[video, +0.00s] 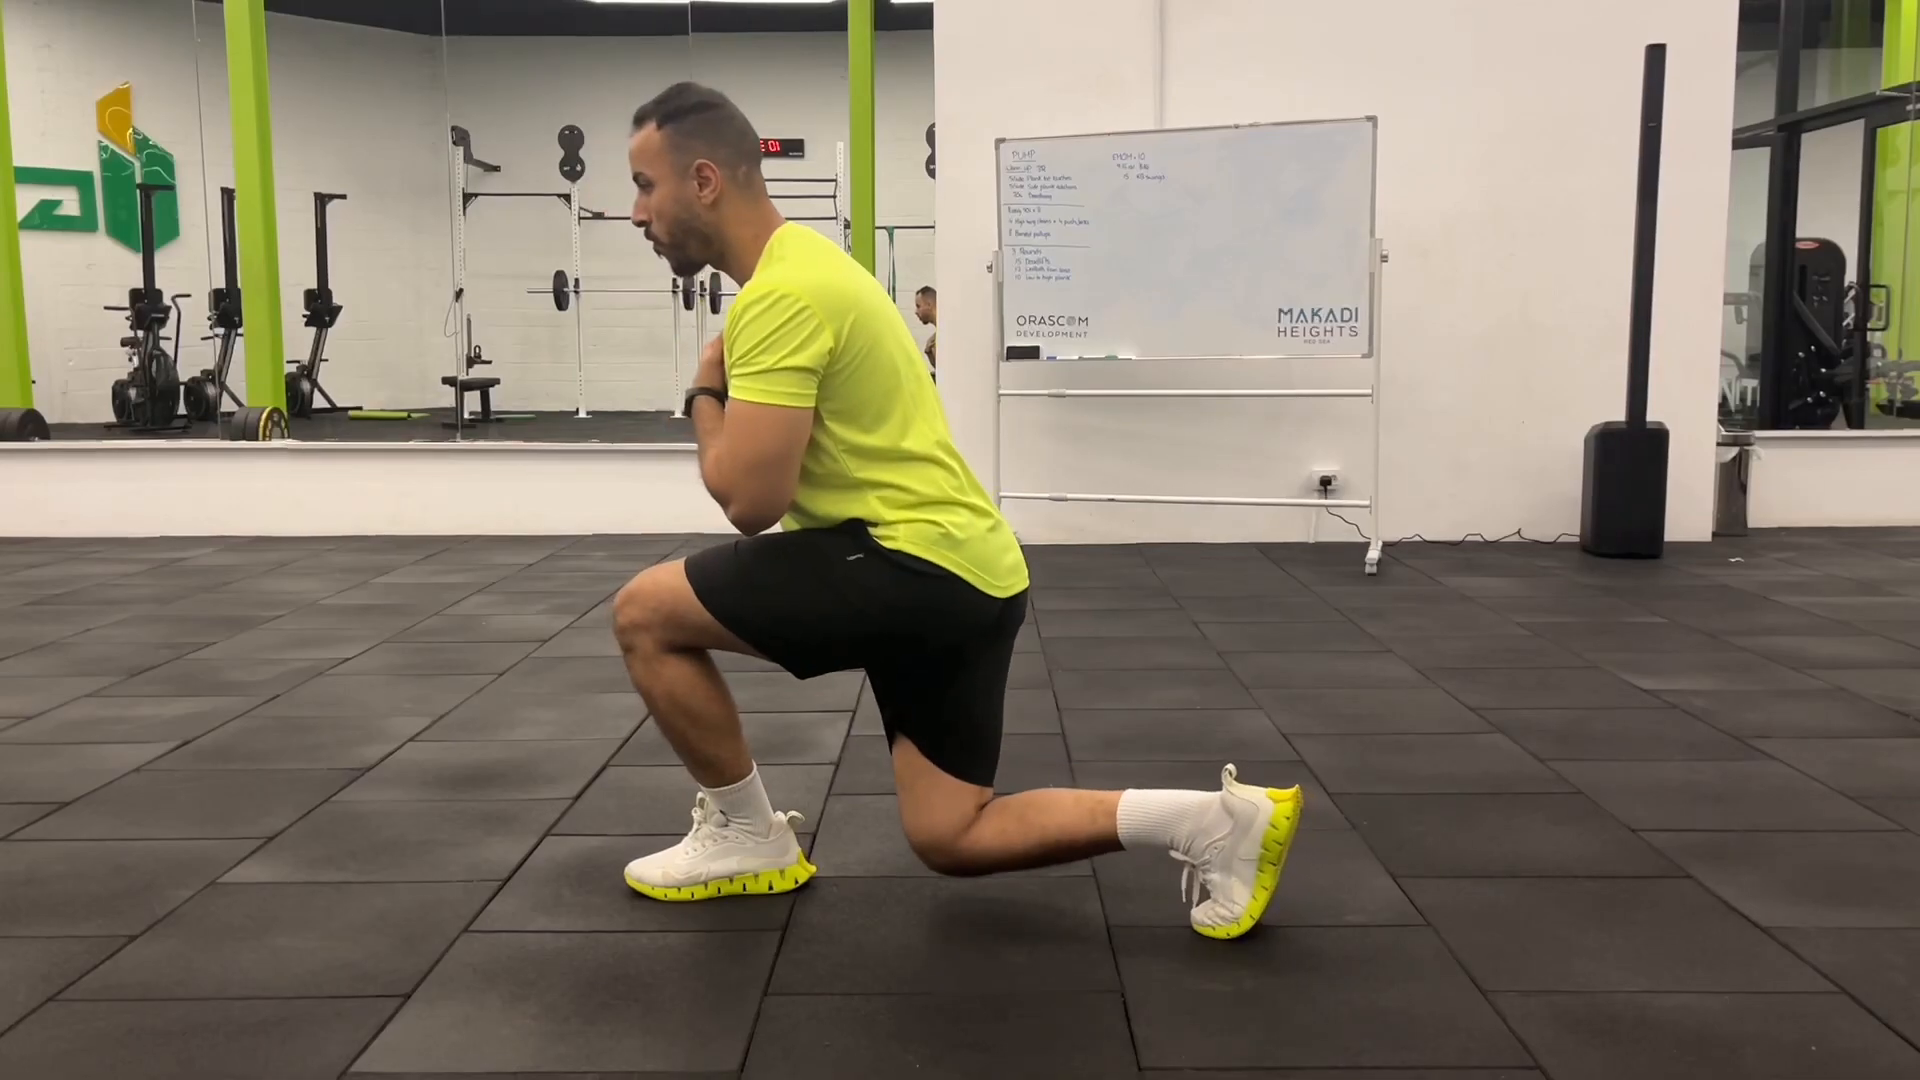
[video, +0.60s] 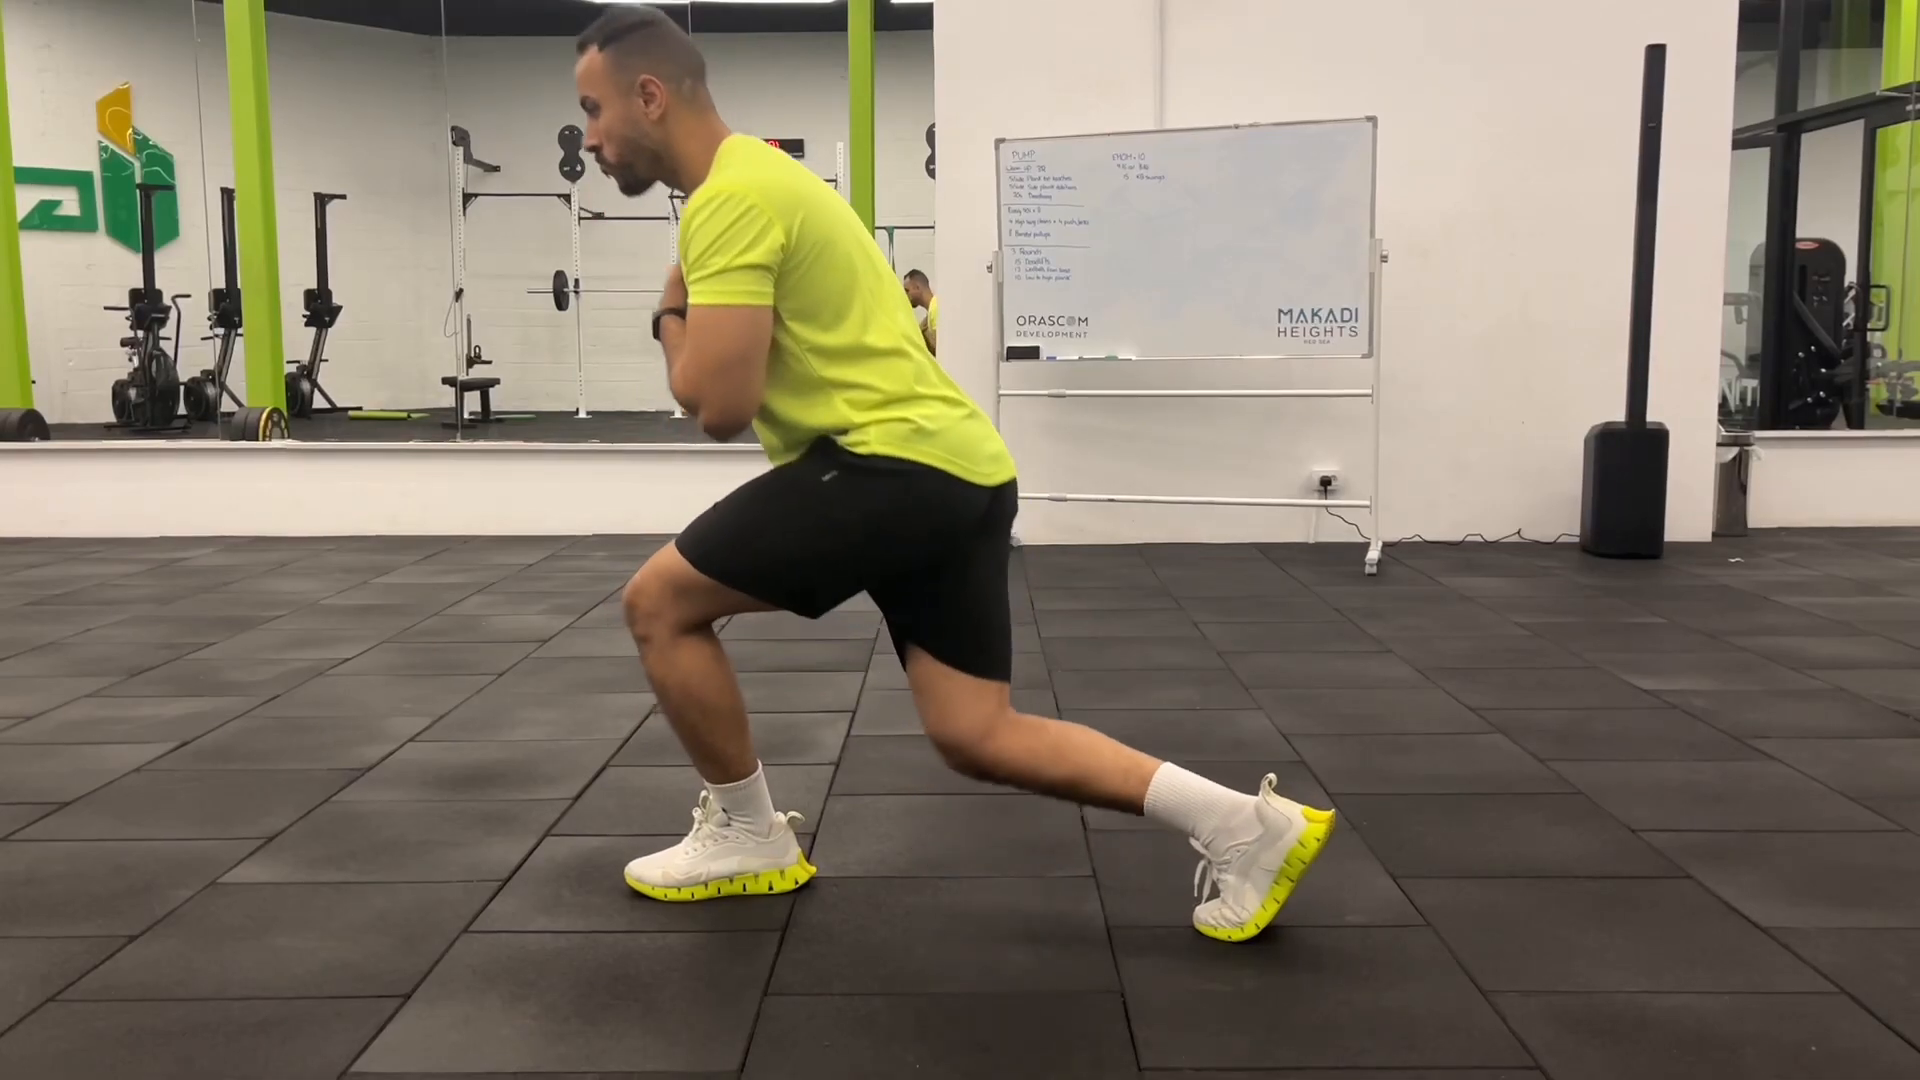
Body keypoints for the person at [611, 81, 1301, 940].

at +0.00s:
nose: (635, 213)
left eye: (644, 186)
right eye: (634, 189)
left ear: (706, 181)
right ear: (709, 181)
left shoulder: (785, 290)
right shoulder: (819, 271)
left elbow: (750, 499)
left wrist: (704, 400)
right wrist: (732, 404)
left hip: (906, 560)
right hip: (974, 567)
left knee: (646, 614)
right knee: (948, 831)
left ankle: (745, 835)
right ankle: (1215, 820)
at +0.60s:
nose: (585, 137)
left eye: (591, 109)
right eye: (581, 113)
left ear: (653, 98)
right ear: (662, 96)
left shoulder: (734, 200)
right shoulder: (771, 182)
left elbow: (718, 405)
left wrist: (670, 326)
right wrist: (695, 338)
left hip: (887, 468)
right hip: (960, 470)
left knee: (660, 602)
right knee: (976, 733)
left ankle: (746, 832)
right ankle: (1245, 825)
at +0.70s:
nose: (555, 100)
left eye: (557, 71)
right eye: (548, 76)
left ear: (617, 54)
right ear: (630, 57)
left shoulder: (702, 148)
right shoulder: (738, 135)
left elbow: (697, 358)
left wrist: (643, 279)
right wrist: (672, 282)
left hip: (869, 418)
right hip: (943, 417)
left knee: (668, 597)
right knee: (974, 674)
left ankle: (748, 834)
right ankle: (1227, 818)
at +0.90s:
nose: (507, 19)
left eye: (509, 2)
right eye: (501, 7)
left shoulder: (651, 58)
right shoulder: (679, 51)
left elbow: (648, 270)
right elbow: (663, 258)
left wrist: (593, 192)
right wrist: (613, 191)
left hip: (818, 345)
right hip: (891, 337)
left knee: (692, 585)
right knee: (928, 594)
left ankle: (750, 829)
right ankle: (1142, 756)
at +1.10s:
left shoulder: (644, 9)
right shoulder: (714, 15)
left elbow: (617, 213)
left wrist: (571, 126)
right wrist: (599, 132)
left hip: (772, 313)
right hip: (854, 307)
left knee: (712, 578)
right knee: (822, 556)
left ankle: (750, 831)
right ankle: (1002, 749)